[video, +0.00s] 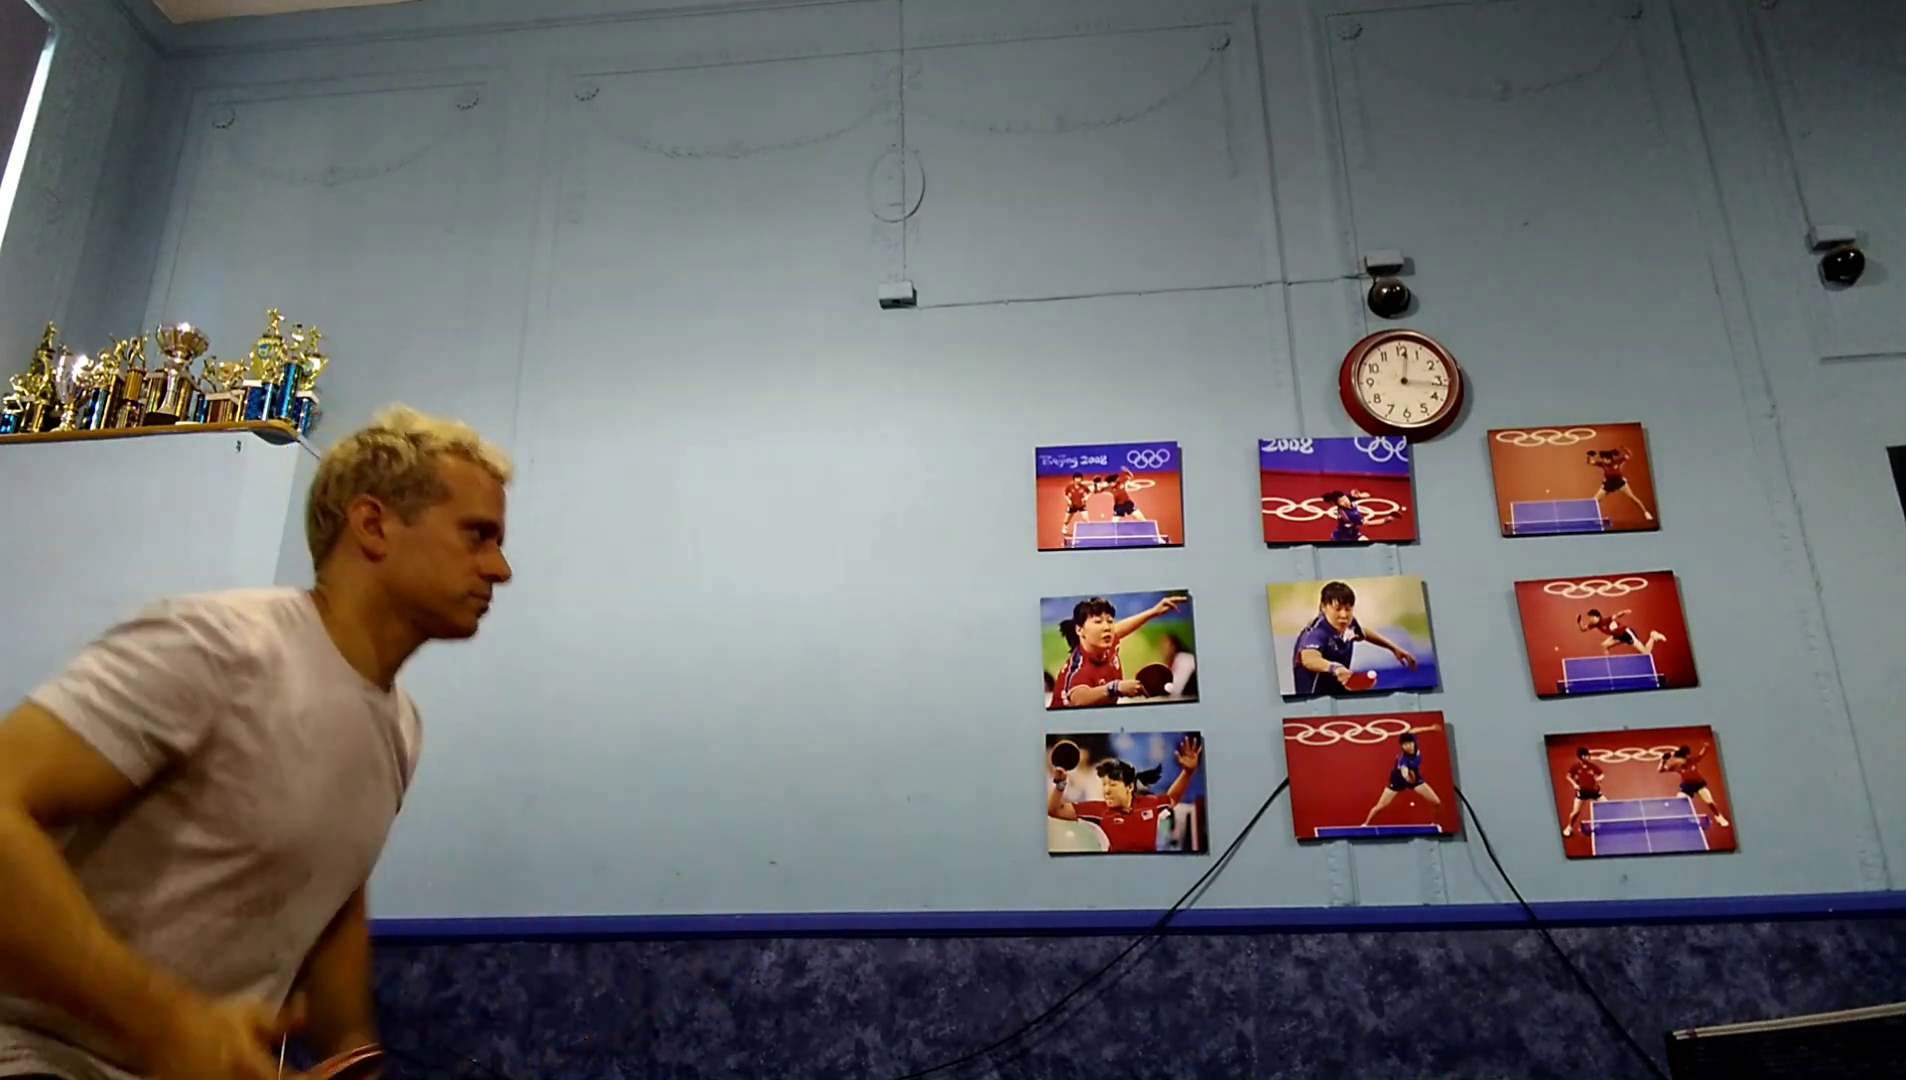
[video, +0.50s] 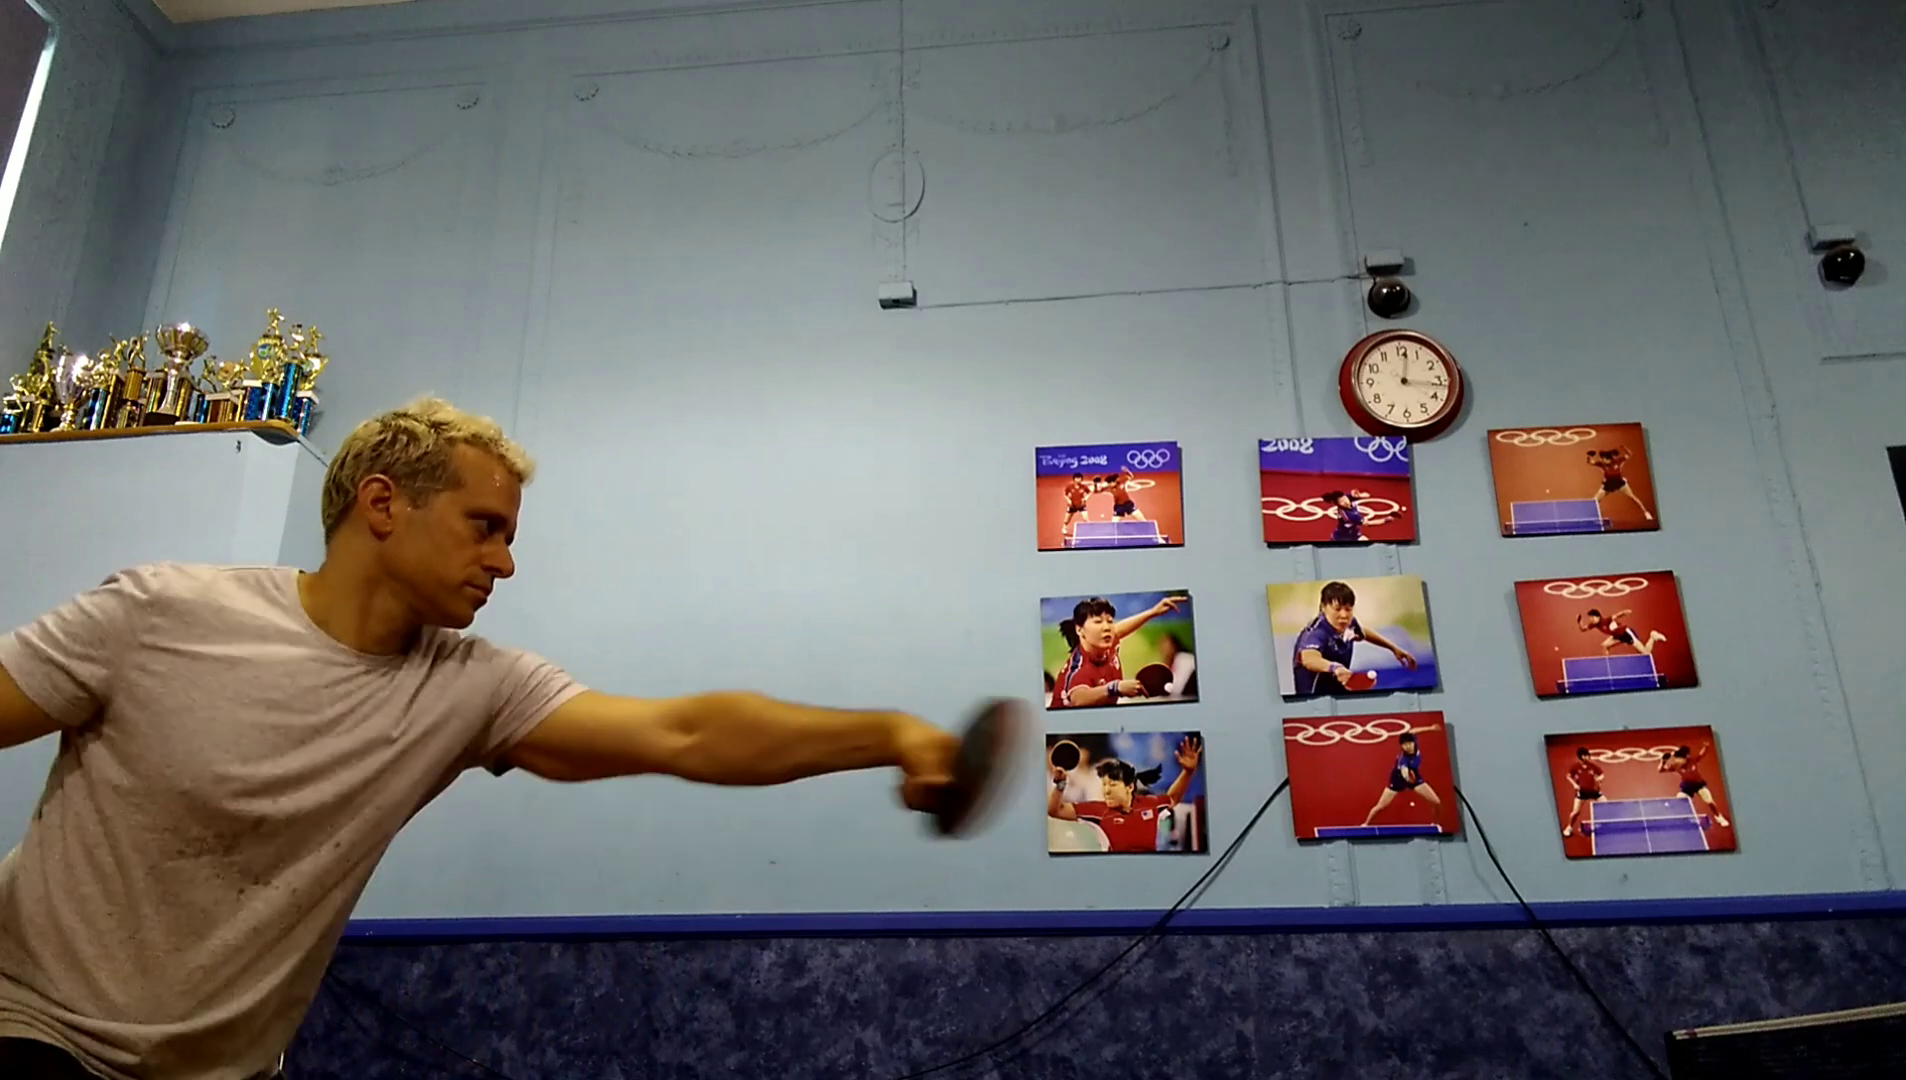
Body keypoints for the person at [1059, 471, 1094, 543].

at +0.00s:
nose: (1078, 480)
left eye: (1079, 479)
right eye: (1077, 479)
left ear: (1081, 479)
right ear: (1074, 479)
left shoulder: (1083, 487)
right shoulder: (1070, 487)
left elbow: (1090, 492)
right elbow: (1065, 494)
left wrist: (1085, 498)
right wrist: (1069, 501)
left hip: (1081, 505)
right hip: (1073, 505)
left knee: (1086, 519)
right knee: (1066, 520)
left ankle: (1090, 531)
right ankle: (1064, 529)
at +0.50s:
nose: (1078, 480)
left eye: (1079, 478)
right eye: (1076, 478)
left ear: (1081, 479)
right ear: (1074, 479)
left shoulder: (1083, 487)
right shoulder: (1070, 487)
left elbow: (1089, 492)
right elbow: (1065, 494)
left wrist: (1085, 498)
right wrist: (1068, 500)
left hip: (1081, 505)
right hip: (1072, 505)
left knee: (1086, 519)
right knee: (1067, 520)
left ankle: (1089, 530)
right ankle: (1064, 528)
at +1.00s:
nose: (1078, 480)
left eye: (1079, 479)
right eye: (1077, 479)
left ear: (1081, 479)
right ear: (1074, 479)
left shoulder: (1083, 487)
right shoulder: (1070, 487)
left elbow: (1089, 492)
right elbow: (1065, 494)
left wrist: (1085, 498)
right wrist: (1068, 500)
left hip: (1081, 505)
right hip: (1072, 505)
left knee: (1086, 519)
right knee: (1067, 520)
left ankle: (1089, 530)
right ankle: (1064, 528)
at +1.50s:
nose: (1078, 480)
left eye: (1079, 478)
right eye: (1076, 479)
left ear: (1081, 479)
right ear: (1074, 479)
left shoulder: (1083, 487)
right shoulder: (1070, 487)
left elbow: (1089, 492)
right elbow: (1065, 494)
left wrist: (1085, 498)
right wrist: (1068, 500)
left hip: (1081, 505)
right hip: (1072, 505)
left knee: (1086, 519)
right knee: (1066, 520)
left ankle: (1090, 531)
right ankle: (1064, 529)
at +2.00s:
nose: (1078, 481)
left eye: (1079, 479)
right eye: (1077, 479)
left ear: (1081, 479)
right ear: (1074, 480)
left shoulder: (1083, 487)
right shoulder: (1070, 487)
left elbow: (1089, 492)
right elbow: (1065, 494)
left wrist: (1085, 498)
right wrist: (1068, 500)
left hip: (1081, 505)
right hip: (1072, 505)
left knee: (1086, 519)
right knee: (1066, 520)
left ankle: (1090, 530)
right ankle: (1064, 529)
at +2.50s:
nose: (1078, 481)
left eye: (1079, 479)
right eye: (1077, 479)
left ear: (1081, 480)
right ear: (1074, 480)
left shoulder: (1083, 487)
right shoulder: (1070, 487)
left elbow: (1089, 492)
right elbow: (1065, 494)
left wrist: (1085, 498)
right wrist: (1068, 501)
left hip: (1081, 505)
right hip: (1072, 505)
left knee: (1086, 519)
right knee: (1066, 520)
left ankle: (1090, 530)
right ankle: (1064, 528)